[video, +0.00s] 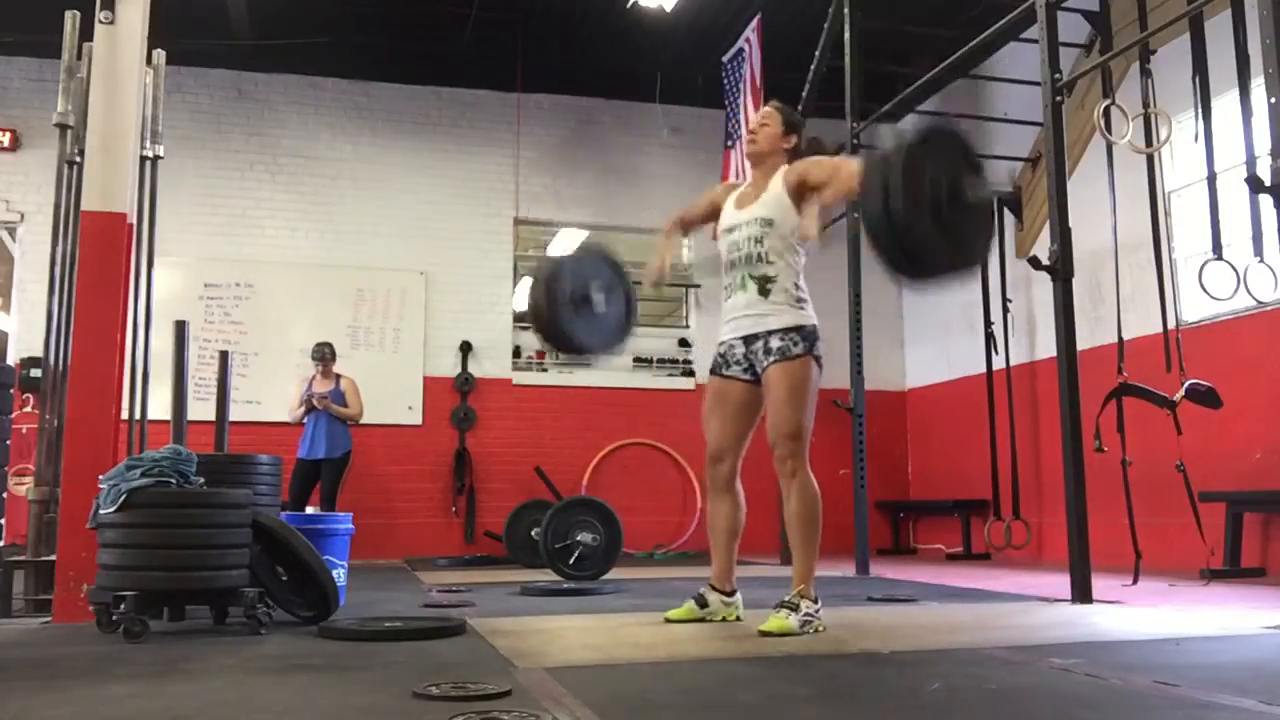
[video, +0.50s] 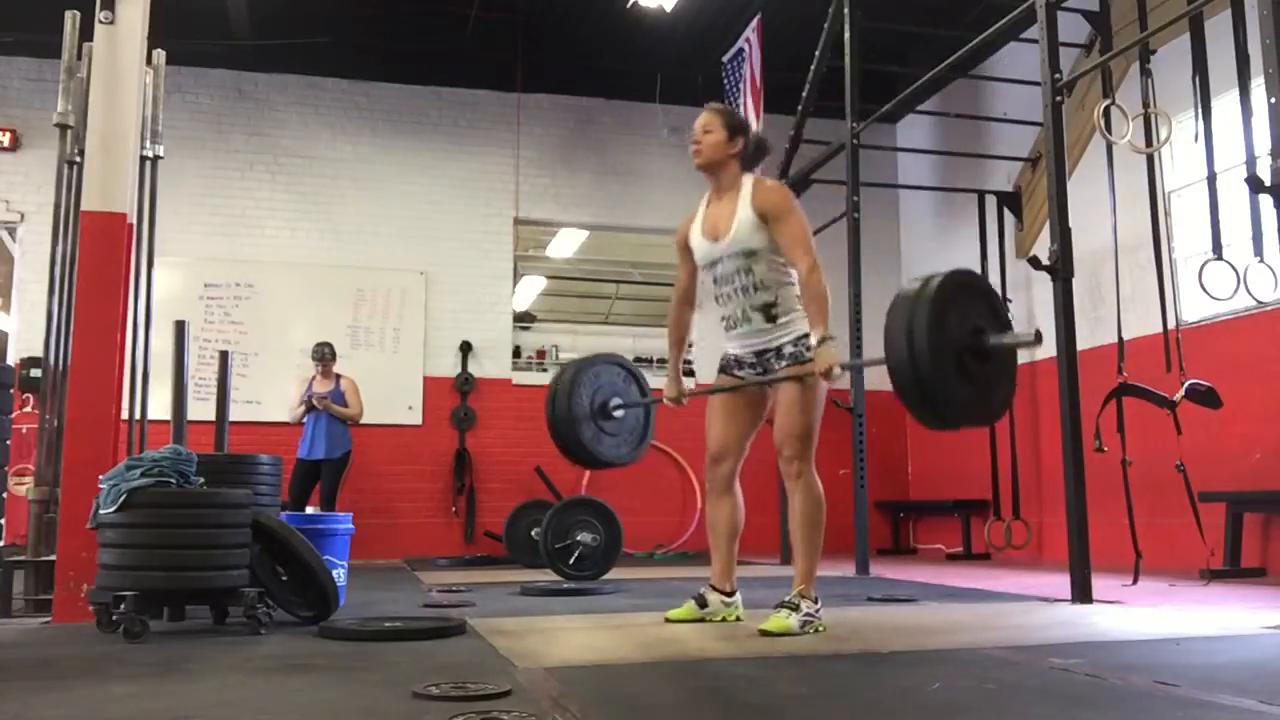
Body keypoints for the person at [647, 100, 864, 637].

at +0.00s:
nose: (752, 128)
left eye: (764, 123)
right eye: (750, 122)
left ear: (789, 139)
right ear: (746, 138)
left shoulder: (798, 175)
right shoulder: (726, 194)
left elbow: (855, 170)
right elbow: (677, 222)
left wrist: (830, 194)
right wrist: (663, 255)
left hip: (787, 333)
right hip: (735, 339)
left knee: (789, 459)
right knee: (719, 463)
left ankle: (804, 598)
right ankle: (722, 592)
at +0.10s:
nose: (725, 127)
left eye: (738, 121)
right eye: (726, 121)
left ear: (765, 136)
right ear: (725, 138)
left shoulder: (785, 181)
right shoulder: (712, 204)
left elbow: (846, 216)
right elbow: (680, 265)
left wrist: (820, 279)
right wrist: (667, 319)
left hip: (791, 339)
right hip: (739, 348)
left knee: (792, 462)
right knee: (720, 464)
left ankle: (804, 599)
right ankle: (722, 592)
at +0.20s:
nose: (699, 137)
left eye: (711, 130)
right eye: (698, 130)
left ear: (740, 141)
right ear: (698, 145)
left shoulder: (765, 193)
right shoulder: (693, 220)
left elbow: (813, 259)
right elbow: (680, 297)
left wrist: (825, 337)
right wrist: (675, 366)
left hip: (792, 344)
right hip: (738, 352)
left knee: (795, 465)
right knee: (718, 467)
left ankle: (804, 598)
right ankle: (722, 593)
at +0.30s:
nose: (678, 149)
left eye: (691, 143)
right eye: (678, 143)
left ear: (720, 157)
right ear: (681, 160)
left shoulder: (752, 210)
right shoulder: (678, 238)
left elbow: (804, 281)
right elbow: (677, 316)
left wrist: (827, 355)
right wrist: (678, 382)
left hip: (799, 350)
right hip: (745, 359)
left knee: (805, 467)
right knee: (718, 468)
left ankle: (806, 599)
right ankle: (723, 593)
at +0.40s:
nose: (678, 152)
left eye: (690, 144)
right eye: (678, 145)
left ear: (720, 157)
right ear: (682, 159)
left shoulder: (755, 207)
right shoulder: (680, 238)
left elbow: (807, 278)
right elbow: (678, 313)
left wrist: (825, 351)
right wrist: (675, 377)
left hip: (799, 351)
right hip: (745, 358)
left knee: (804, 467)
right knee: (718, 468)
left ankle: (806, 599)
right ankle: (722, 593)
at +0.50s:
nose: (693, 140)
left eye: (705, 133)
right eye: (693, 133)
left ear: (735, 143)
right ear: (697, 148)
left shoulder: (769, 196)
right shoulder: (692, 227)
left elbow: (809, 267)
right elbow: (684, 301)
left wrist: (821, 338)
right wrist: (674, 367)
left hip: (793, 347)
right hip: (739, 355)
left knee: (795, 464)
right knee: (719, 467)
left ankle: (804, 598)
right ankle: (722, 593)